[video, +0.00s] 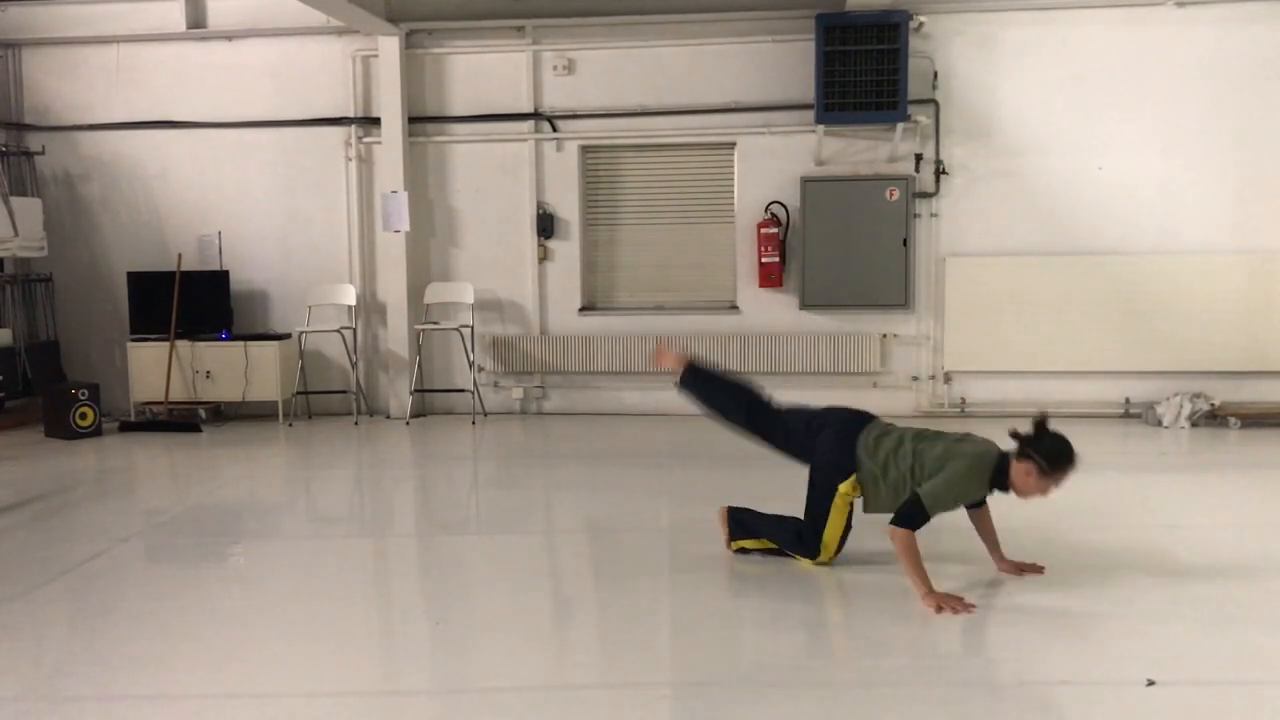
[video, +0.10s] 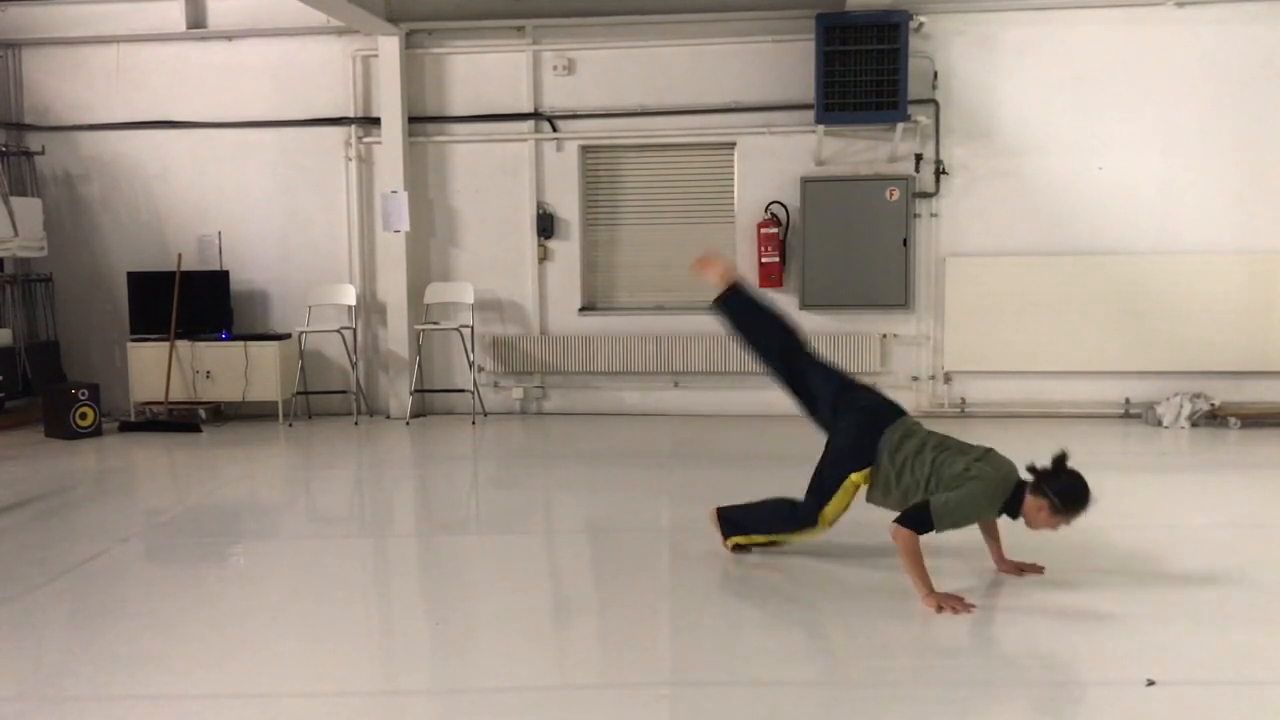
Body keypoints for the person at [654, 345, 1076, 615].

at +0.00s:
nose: (1046, 494)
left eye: (1052, 487)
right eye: (1047, 484)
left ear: (1028, 461)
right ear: (1028, 468)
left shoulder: (988, 457)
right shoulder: (966, 472)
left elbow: (976, 506)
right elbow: (901, 526)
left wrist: (1000, 560)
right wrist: (930, 594)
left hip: (850, 428)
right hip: (843, 462)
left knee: (764, 418)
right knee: (821, 547)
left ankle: (685, 369)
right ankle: (739, 525)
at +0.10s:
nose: (1055, 529)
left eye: (1061, 524)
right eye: (1058, 521)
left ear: (1041, 494)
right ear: (1043, 503)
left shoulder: (1003, 473)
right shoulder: (985, 494)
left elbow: (979, 510)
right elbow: (904, 530)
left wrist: (999, 560)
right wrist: (928, 594)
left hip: (875, 413)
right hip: (862, 445)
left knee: (796, 363)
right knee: (815, 516)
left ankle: (728, 287)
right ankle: (731, 524)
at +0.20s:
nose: (1055, 550)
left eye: (1062, 546)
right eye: (1061, 544)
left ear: (1049, 512)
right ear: (1047, 525)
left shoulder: (1015, 490)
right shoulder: (991, 510)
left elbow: (980, 511)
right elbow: (908, 529)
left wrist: (1001, 562)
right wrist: (928, 595)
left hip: (902, 409)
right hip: (879, 437)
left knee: (844, 327)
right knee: (803, 487)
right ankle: (726, 489)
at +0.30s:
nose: (1063, 563)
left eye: (1070, 561)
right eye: (1068, 559)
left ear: (1057, 527)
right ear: (1056, 541)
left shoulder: (1021, 498)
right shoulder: (991, 522)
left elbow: (983, 514)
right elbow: (914, 532)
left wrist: (1003, 564)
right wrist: (929, 595)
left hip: (916, 422)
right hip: (888, 448)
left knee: (884, 325)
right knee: (803, 466)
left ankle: (881, 232)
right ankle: (740, 402)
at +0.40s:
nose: (1066, 571)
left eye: (1073, 568)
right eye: (1071, 565)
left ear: (1062, 536)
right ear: (1060, 550)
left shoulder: (1027, 506)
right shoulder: (998, 531)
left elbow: (974, 503)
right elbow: (918, 531)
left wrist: (1002, 563)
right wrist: (928, 593)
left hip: (920, 434)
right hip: (888, 457)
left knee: (910, 344)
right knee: (797, 447)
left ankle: (944, 286)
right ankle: (790, 361)